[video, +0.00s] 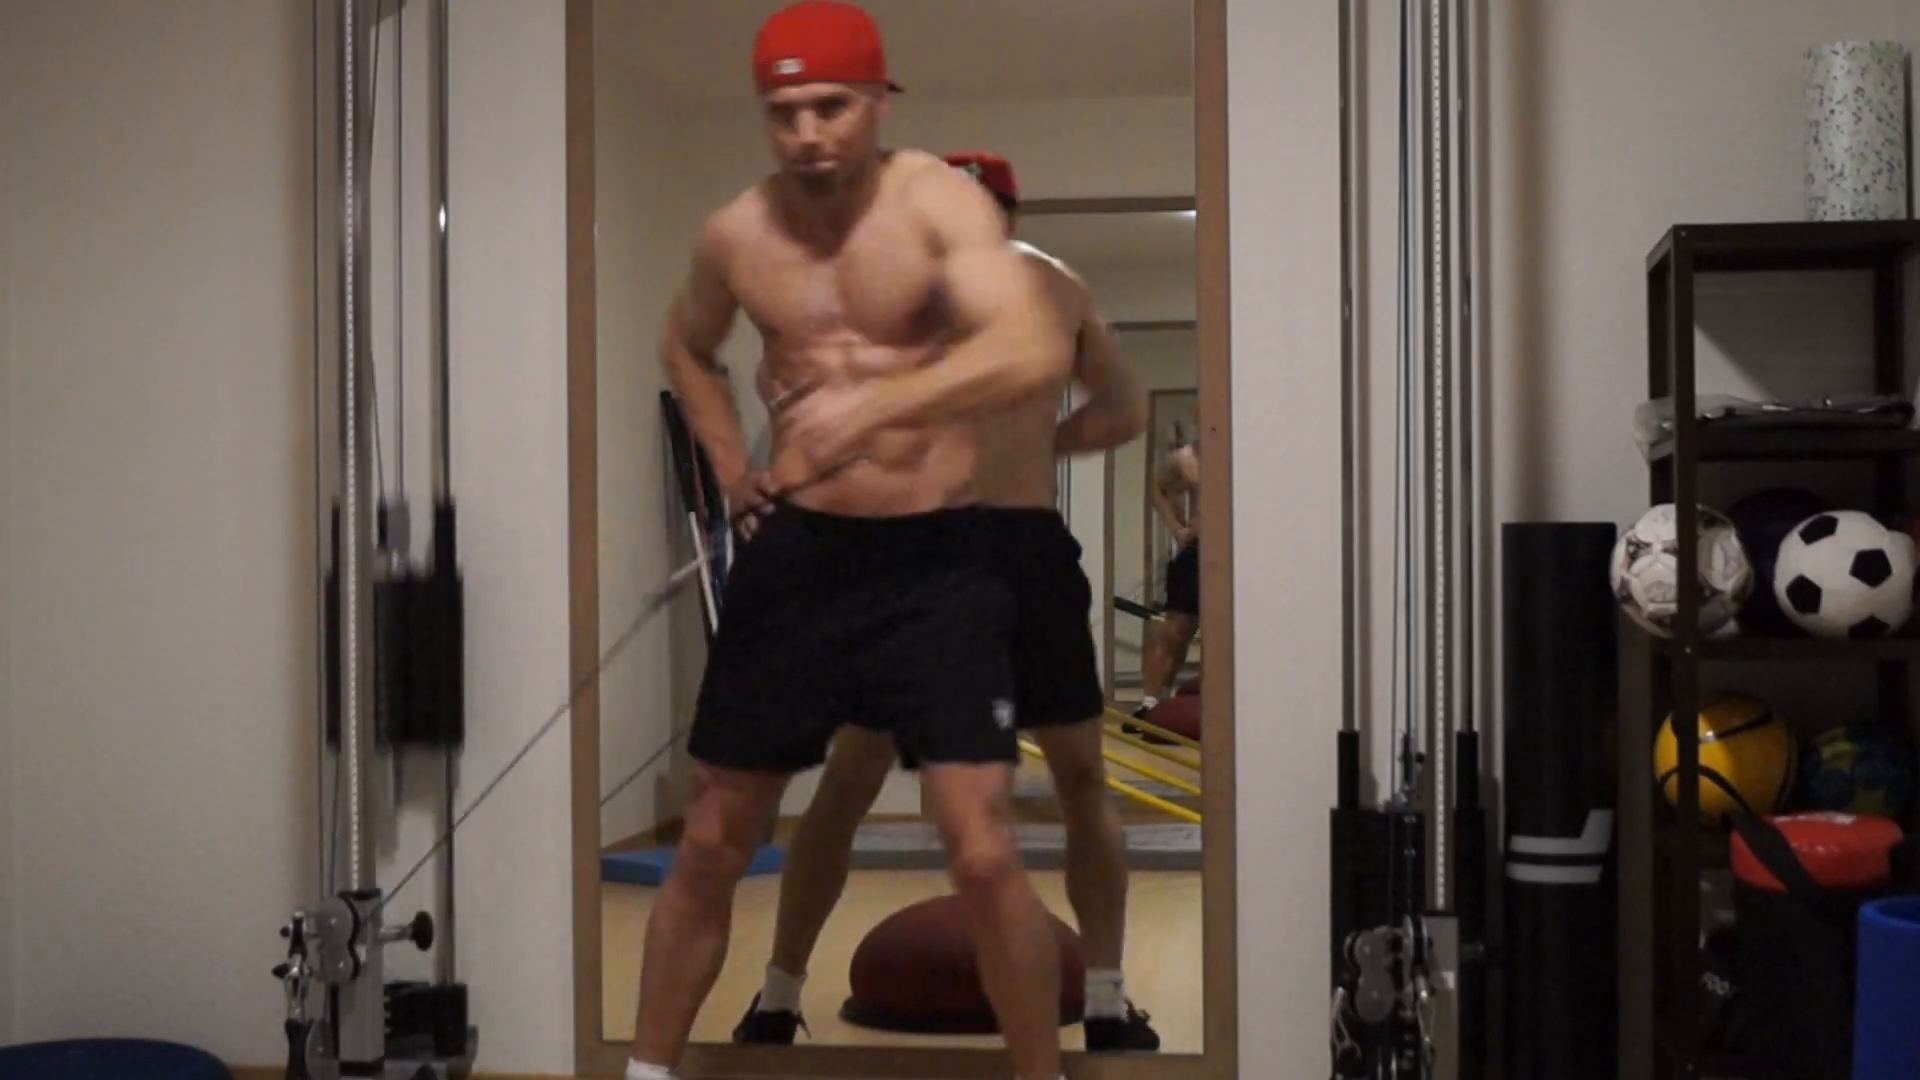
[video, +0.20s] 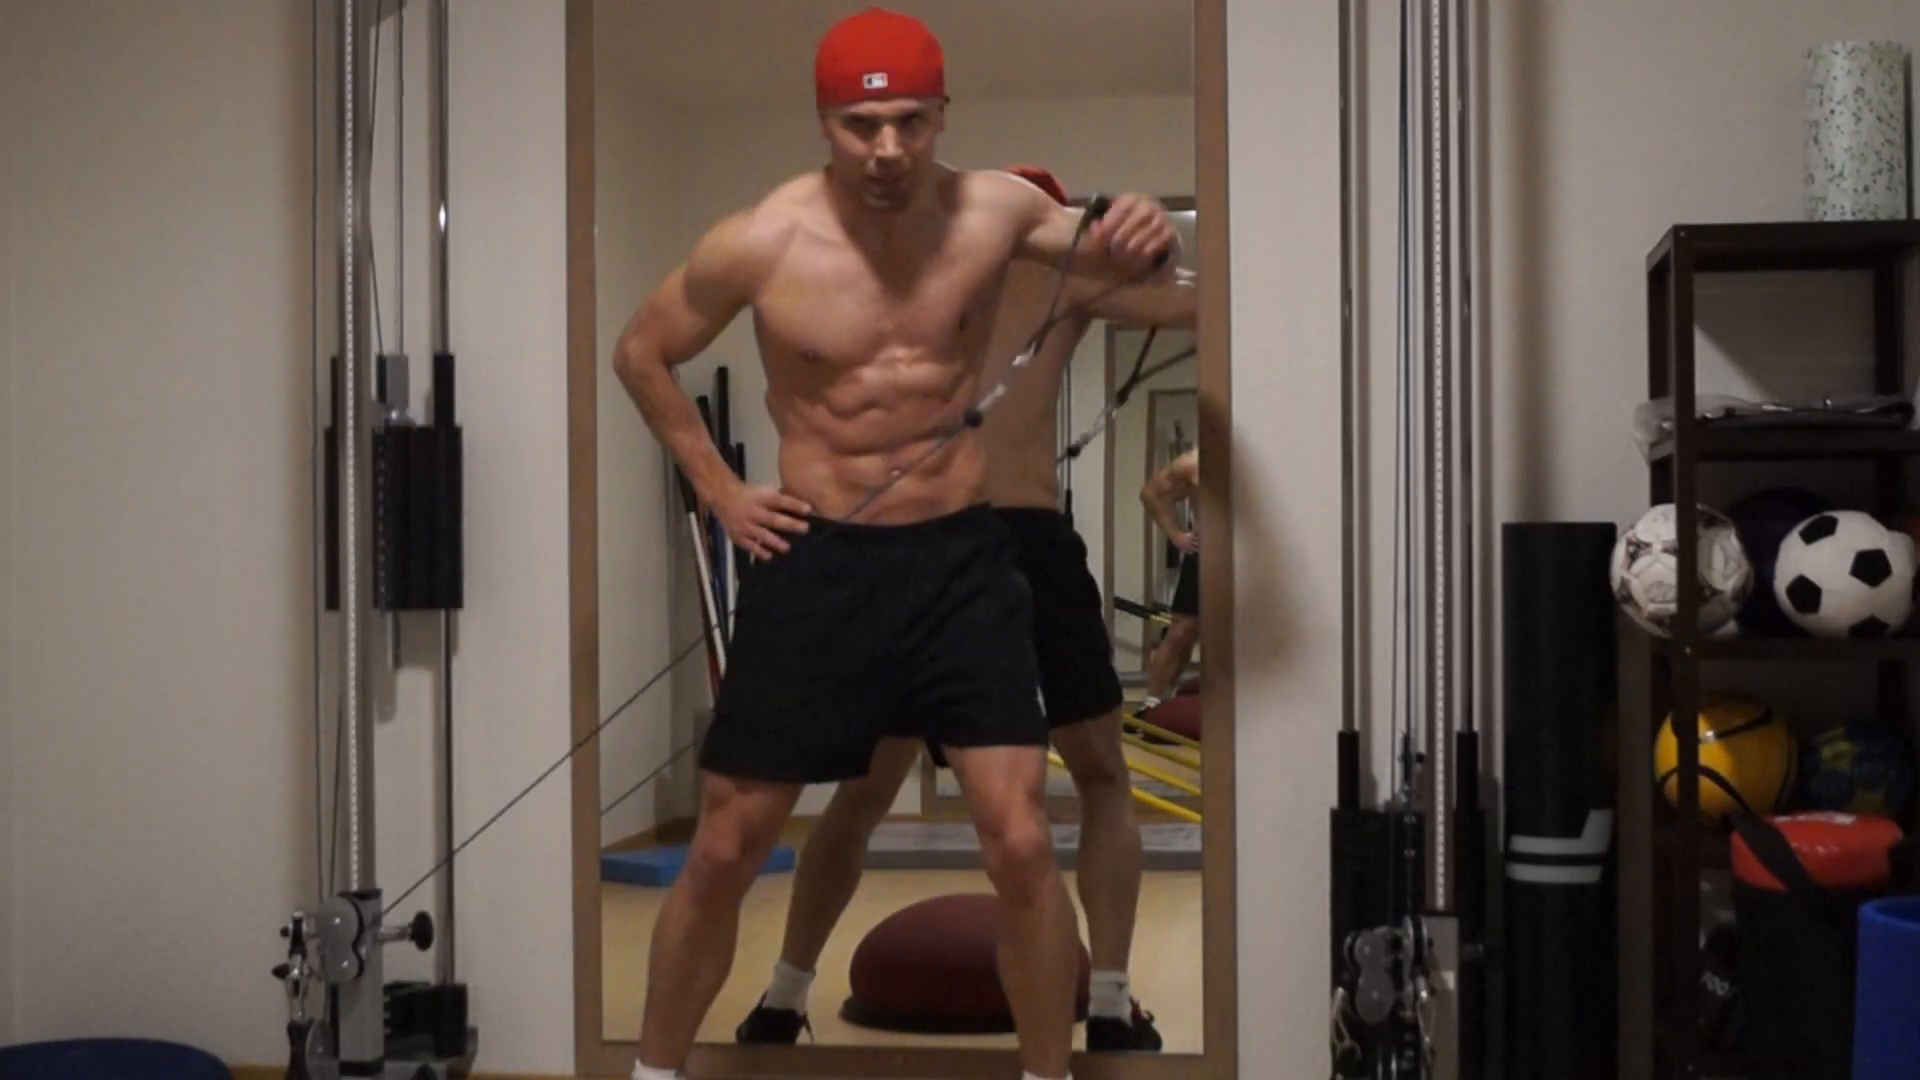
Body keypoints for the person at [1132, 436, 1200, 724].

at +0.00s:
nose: (1208, 427)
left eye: (1213, 421)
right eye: (1203, 420)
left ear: (1223, 425)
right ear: (1197, 423)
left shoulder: (1231, 461)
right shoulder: (1187, 459)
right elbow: (1159, 490)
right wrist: (1178, 528)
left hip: (1221, 549)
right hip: (1194, 546)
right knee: (1178, 628)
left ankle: (1163, 695)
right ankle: (1151, 697)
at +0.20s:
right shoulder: (1195, 464)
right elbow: (1151, 493)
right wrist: (1177, 534)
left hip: (1229, 556)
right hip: (1203, 553)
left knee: (1191, 634)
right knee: (1182, 632)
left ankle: (1164, 695)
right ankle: (1152, 699)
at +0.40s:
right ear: (1211, 429)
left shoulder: (1236, 462)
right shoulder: (1189, 459)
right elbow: (1151, 491)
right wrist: (1172, 531)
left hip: (1224, 550)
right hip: (1195, 548)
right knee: (1177, 627)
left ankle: (1165, 693)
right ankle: (1150, 700)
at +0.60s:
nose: (1187, 432)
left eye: (1192, 424)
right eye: (1182, 426)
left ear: (1207, 427)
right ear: (1178, 430)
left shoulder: (1218, 464)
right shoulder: (1177, 467)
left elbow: (1227, 507)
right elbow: (1173, 503)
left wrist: (1201, 523)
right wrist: (1180, 526)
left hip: (1215, 546)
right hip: (1186, 545)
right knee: (1166, 624)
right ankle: (1149, 698)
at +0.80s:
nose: (1178, 434)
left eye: (1184, 427)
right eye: (1175, 428)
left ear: (1202, 428)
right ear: (1175, 431)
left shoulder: (1203, 463)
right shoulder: (1198, 462)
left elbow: (1188, 522)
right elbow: (1189, 522)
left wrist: (1150, 549)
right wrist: (1159, 551)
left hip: (1194, 552)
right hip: (1191, 550)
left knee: (1164, 624)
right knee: (1168, 625)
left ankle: (1148, 700)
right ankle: (1157, 696)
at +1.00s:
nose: (1192, 436)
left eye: (1198, 429)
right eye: (1191, 430)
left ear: (1213, 430)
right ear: (1193, 433)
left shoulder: (1224, 461)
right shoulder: (1204, 458)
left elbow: (1207, 520)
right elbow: (1201, 516)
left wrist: (1165, 549)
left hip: (1221, 546)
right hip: (1198, 546)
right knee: (1167, 626)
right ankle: (1148, 699)